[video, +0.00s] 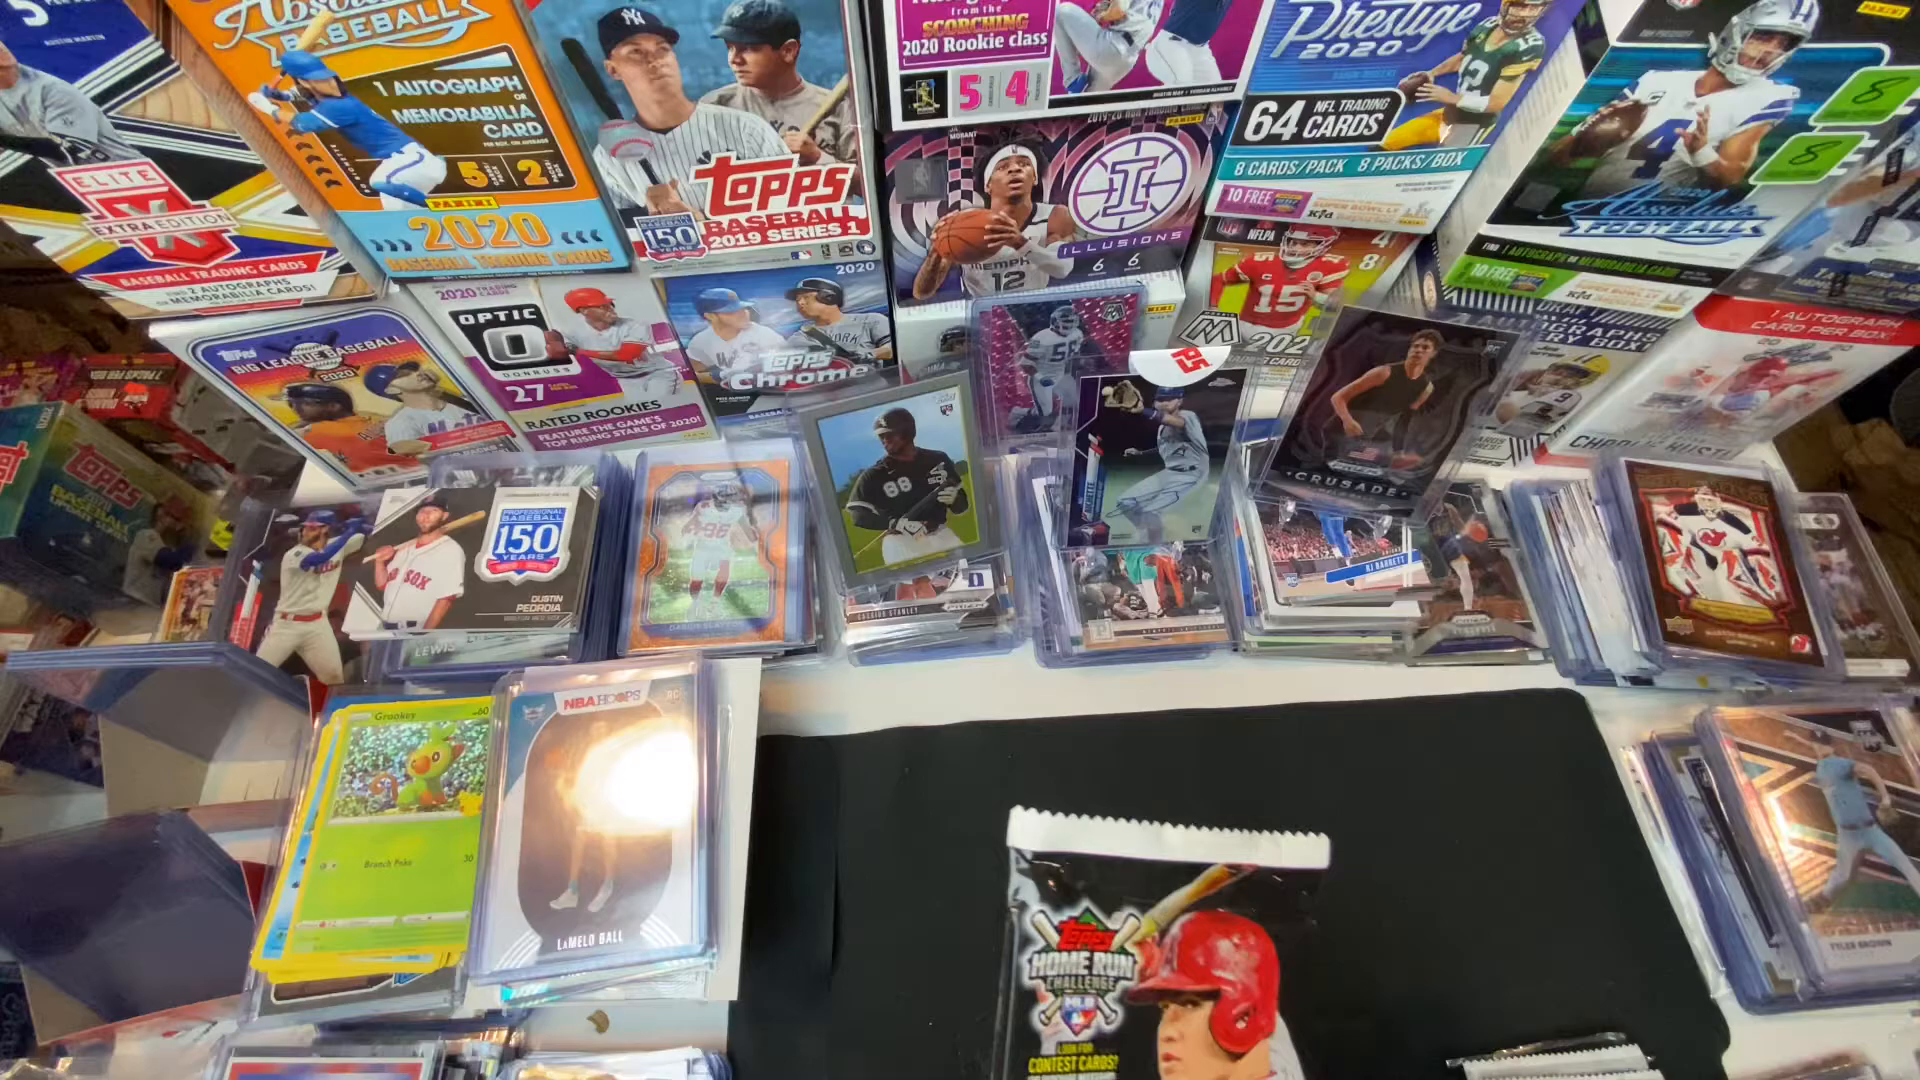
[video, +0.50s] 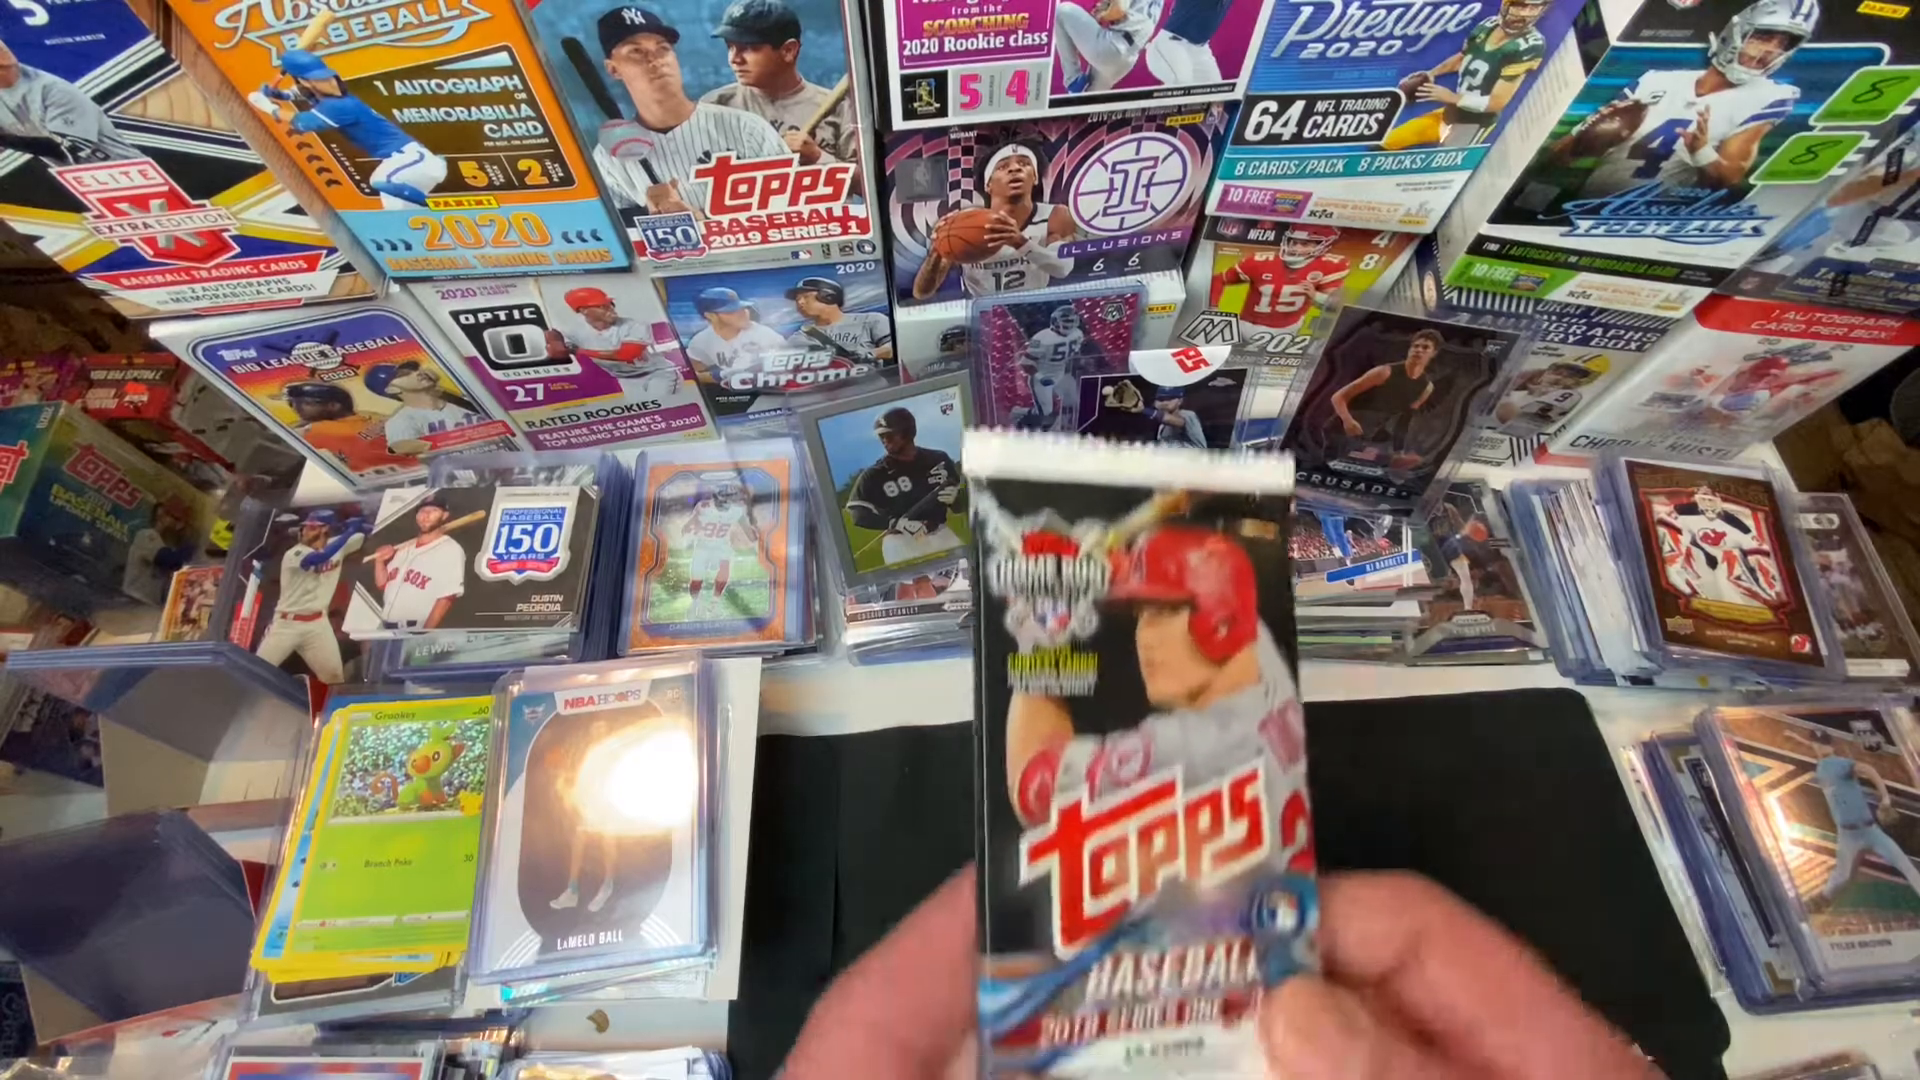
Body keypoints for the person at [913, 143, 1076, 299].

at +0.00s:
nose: (1014, 169)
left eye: (1023, 164)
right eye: (1003, 166)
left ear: (1035, 179)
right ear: (988, 186)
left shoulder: (1055, 217)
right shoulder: (965, 228)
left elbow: (1062, 269)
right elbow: (921, 292)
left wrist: (1021, 242)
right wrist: (937, 250)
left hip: (1041, 327)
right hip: (988, 330)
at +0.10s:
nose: (1014, 169)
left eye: (1023, 164)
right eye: (1003, 167)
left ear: (1035, 179)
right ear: (988, 187)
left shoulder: (1055, 217)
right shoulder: (965, 229)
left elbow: (1062, 269)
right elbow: (921, 292)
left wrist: (1020, 243)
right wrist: (937, 251)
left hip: (1042, 329)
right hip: (988, 332)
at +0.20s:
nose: (1015, 169)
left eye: (1023, 163)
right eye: (1003, 166)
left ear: (1035, 178)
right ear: (988, 185)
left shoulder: (1055, 216)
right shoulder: (966, 228)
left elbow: (1062, 268)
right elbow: (921, 292)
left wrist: (1021, 242)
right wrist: (938, 249)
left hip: (1042, 328)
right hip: (988, 331)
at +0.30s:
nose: (1014, 169)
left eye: (1023, 164)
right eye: (1003, 167)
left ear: (1035, 179)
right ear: (988, 186)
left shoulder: (1055, 217)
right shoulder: (966, 229)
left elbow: (1062, 269)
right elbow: (921, 293)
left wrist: (1021, 243)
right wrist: (937, 250)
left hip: (1041, 328)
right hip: (988, 331)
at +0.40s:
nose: (1014, 169)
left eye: (1023, 164)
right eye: (1003, 166)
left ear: (1035, 178)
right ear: (988, 186)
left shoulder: (1055, 216)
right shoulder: (966, 228)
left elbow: (1062, 269)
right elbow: (921, 292)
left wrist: (1021, 243)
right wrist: (937, 249)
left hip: (1040, 327)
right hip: (988, 331)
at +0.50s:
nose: (1014, 169)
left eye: (1023, 163)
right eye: (1003, 166)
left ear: (1035, 178)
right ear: (988, 185)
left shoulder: (1055, 216)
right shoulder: (966, 228)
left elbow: (1062, 269)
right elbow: (921, 292)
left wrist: (1020, 242)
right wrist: (938, 249)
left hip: (1043, 327)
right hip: (989, 331)